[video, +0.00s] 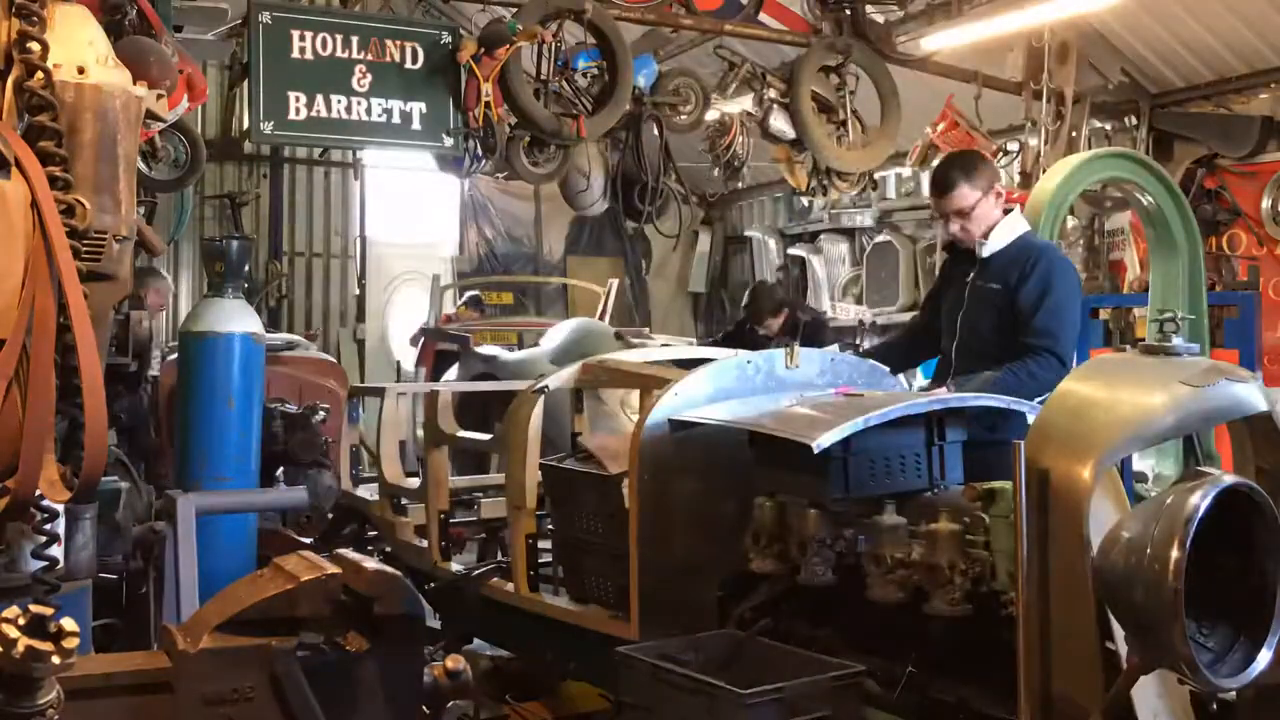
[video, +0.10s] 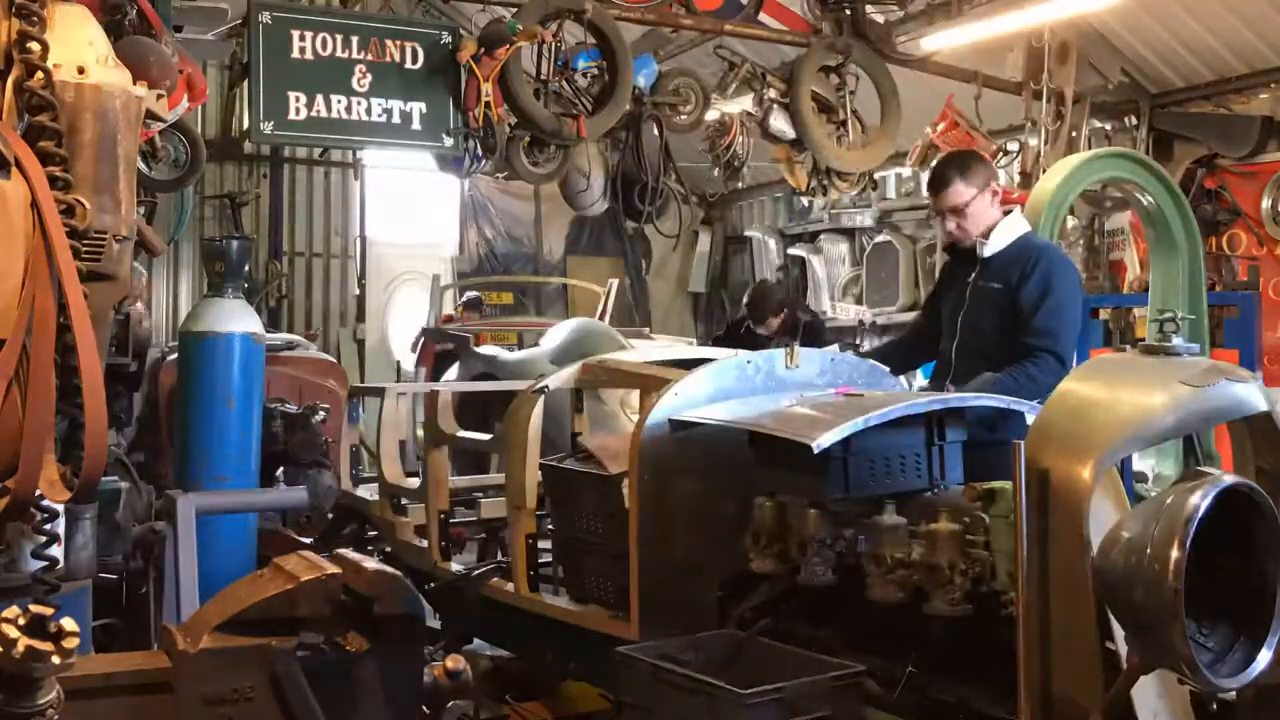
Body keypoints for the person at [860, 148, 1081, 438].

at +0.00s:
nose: (953, 228)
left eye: (964, 214)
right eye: (945, 218)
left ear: (998, 197)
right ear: (937, 211)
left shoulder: (1046, 267)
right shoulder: (960, 263)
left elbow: (1050, 366)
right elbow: (925, 337)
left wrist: (958, 393)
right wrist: (856, 367)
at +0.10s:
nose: (950, 226)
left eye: (959, 211)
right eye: (941, 216)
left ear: (994, 194)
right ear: (934, 212)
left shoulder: (1047, 266)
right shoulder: (960, 264)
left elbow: (1048, 368)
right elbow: (924, 341)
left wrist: (961, 402)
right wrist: (854, 367)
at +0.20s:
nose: (937, 229)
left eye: (943, 215)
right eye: (932, 220)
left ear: (980, 196)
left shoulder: (1045, 263)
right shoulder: (961, 266)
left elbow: (1049, 365)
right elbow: (924, 341)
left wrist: (960, 403)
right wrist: (852, 368)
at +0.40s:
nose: (939, 233)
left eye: (944, 218)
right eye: (934, 224)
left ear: (979, 197)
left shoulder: (1046, 263)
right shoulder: (961, 265)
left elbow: (1050, 367)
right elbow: (924, 341)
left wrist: (959, 406)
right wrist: (851, 369)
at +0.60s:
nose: (997, 242)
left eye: (1010, 230)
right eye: (986, 229)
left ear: (1036, 211)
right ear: (974, 214)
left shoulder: (1066, 276)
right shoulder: (970, 262)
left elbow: (1061, 378)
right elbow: (919, 335)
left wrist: (965, 420)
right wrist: (851, 365)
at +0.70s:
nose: (996, 295)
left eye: (1009, 284)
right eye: (984, 282)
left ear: (1030, 261)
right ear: (965, 256)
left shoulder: (1049, 316)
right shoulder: (940, 268)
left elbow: (1028, 417)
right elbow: (892, 333)